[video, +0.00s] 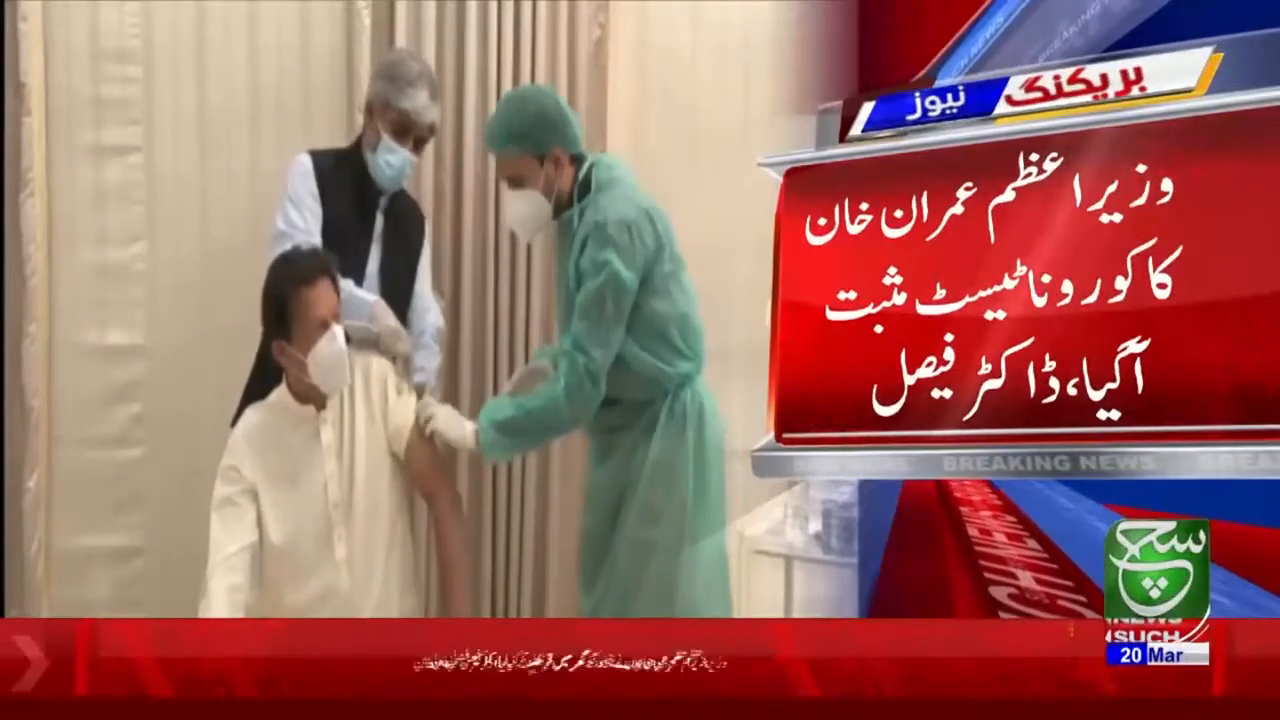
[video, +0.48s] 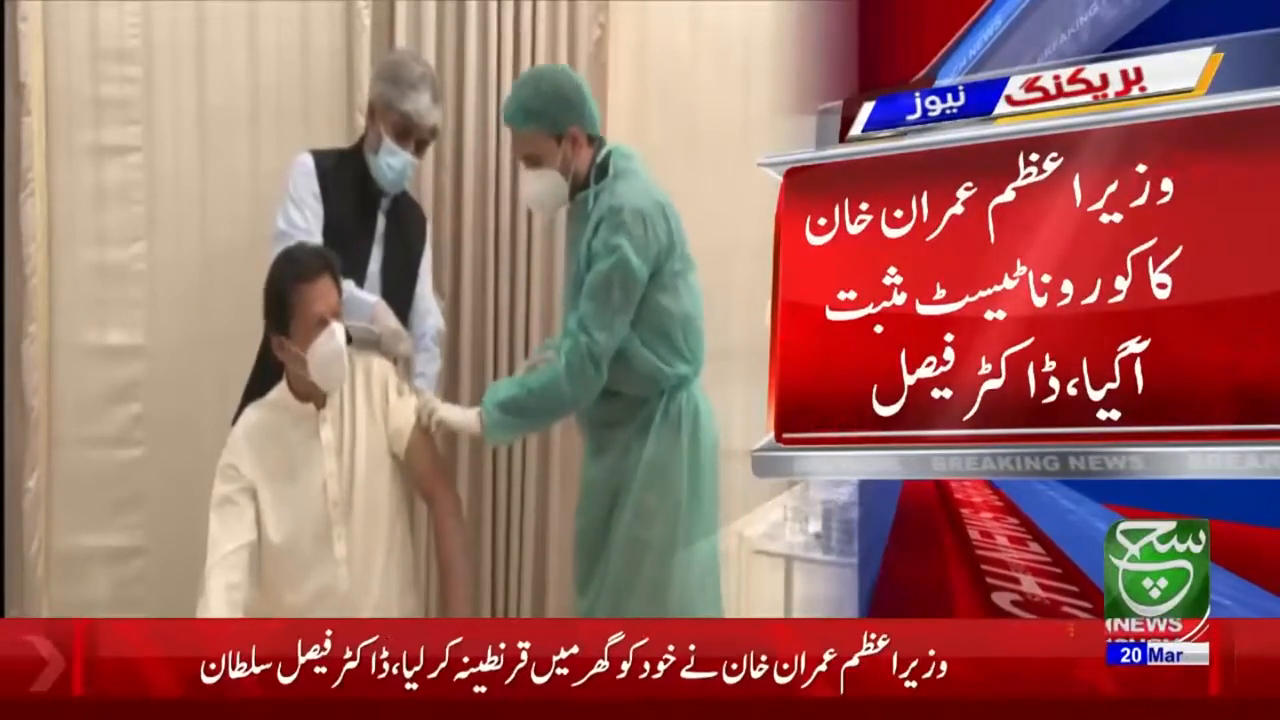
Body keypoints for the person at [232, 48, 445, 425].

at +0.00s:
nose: (406, 152)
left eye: (419, 142)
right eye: (398, 133)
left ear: (429, 143)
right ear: (370, 115)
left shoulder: (411, 218)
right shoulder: (313, 172)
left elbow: (424, 316)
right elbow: (294, 269)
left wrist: (417, 392)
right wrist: (372, 311)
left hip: (372, 390)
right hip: (298, 376)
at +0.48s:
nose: (407, 155)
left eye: (421, 145)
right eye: (399, 136)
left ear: (430, 145)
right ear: (371, 118)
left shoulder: (412, 218)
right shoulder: (314, 172)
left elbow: (425, 321)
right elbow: (296, 269)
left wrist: (419, 403)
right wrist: (371, 312)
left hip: (372, 391)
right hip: (297, 377)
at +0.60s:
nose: (347, 74)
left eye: (359, 57)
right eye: (330, 55)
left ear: (372, 54)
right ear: (293, 46)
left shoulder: (376, 163)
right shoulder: (240, 120)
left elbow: (391, 293)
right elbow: (228, 244)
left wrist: (374, 374)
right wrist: (330, 291)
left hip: (332, 388)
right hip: (236, 374)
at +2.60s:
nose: (351, 80)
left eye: (364, 63)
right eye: (335, 60)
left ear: (378, 65)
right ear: (299, 53)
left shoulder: (378, 176)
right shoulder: (244, 131)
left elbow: (395, 309)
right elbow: (234, 255)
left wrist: (378, 394)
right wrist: (335, 302)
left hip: (335, 402)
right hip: (239, 387)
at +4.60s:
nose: (351, 93)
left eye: (366, 77)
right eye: (336, 72)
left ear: (380, 81)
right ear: (301, 64)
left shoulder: (379, 192)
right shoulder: (246, 147)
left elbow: (396, 327)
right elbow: (235, 271)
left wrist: (379, 423)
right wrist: (338, 320)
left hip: (335, 420)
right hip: (242, 399)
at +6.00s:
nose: (358, 113)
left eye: (374, 96)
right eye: (343, 89)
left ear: (387, 94)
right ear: (308, 75)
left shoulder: (383, 204)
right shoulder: (249, 158)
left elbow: (398, 341)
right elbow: (237, 284)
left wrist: (380, 430)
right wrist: (342, 332)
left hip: (340, 431)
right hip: (246, 415)